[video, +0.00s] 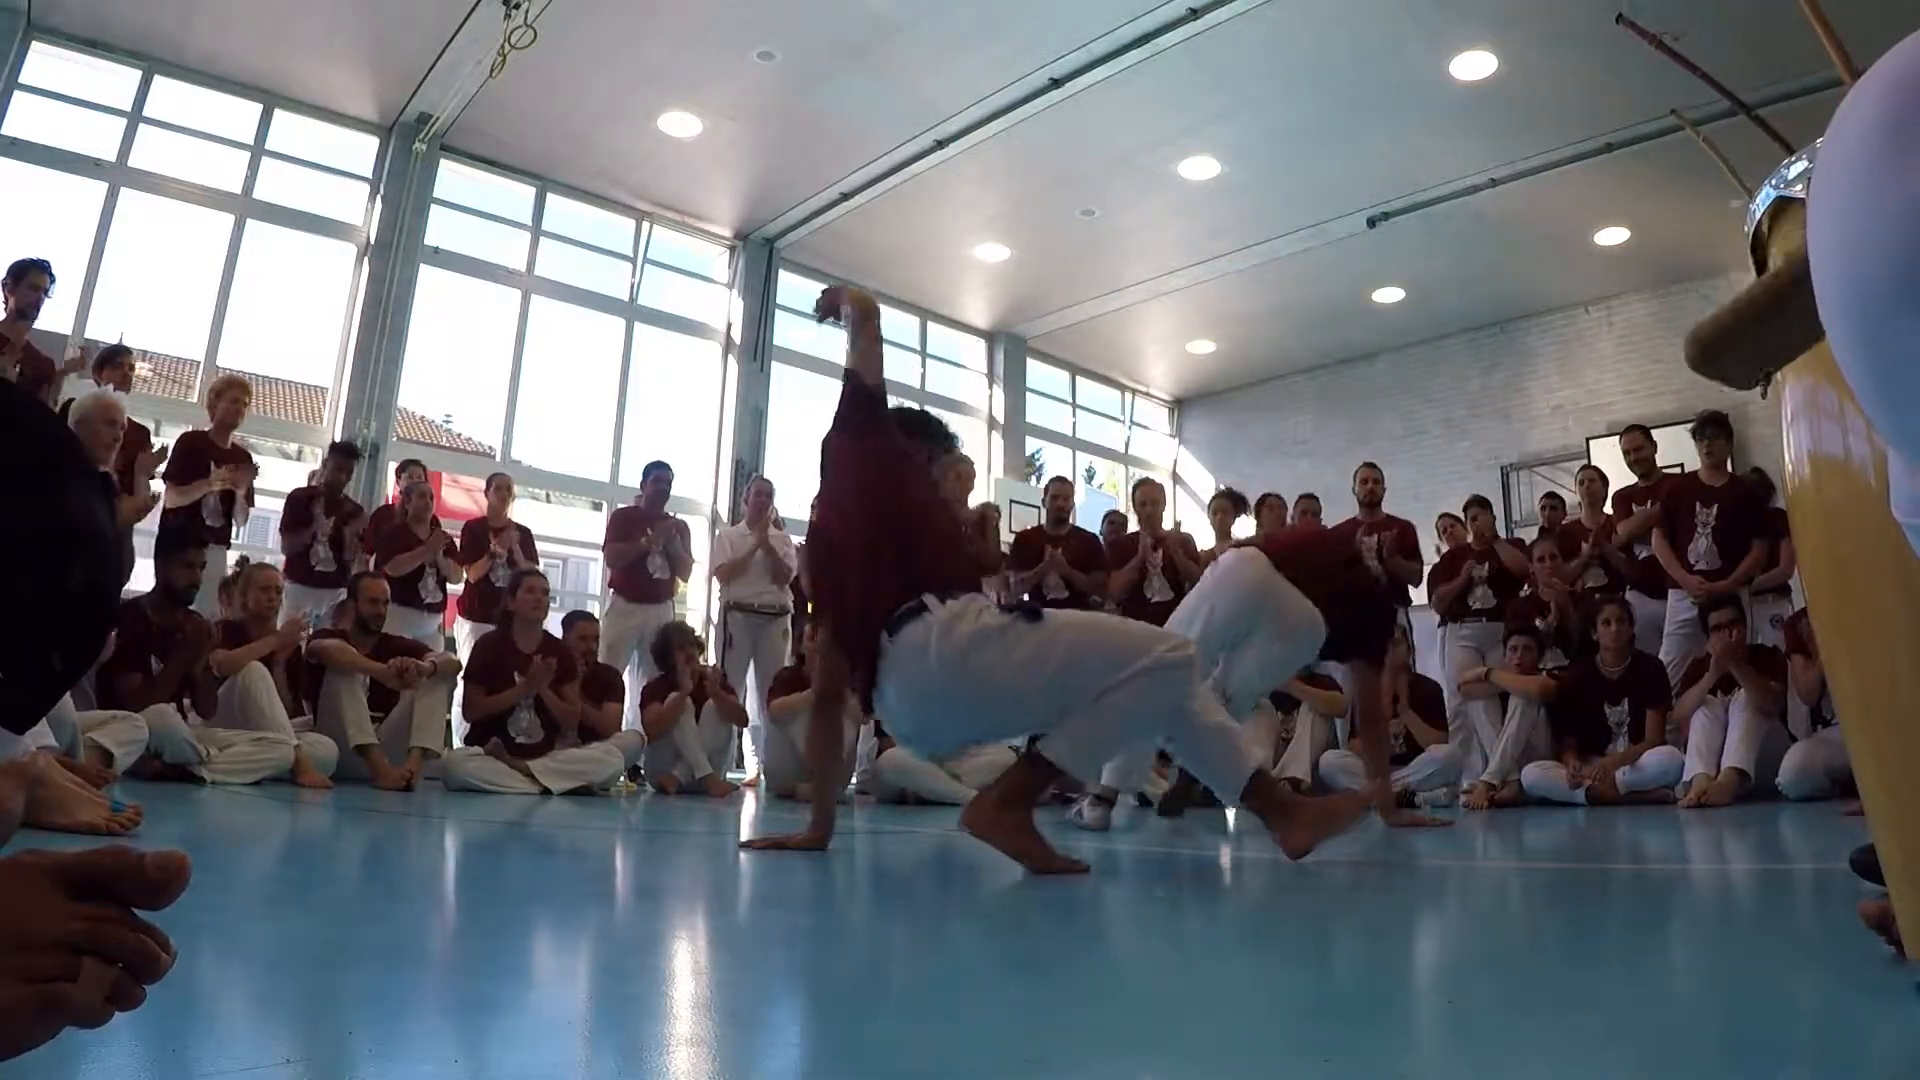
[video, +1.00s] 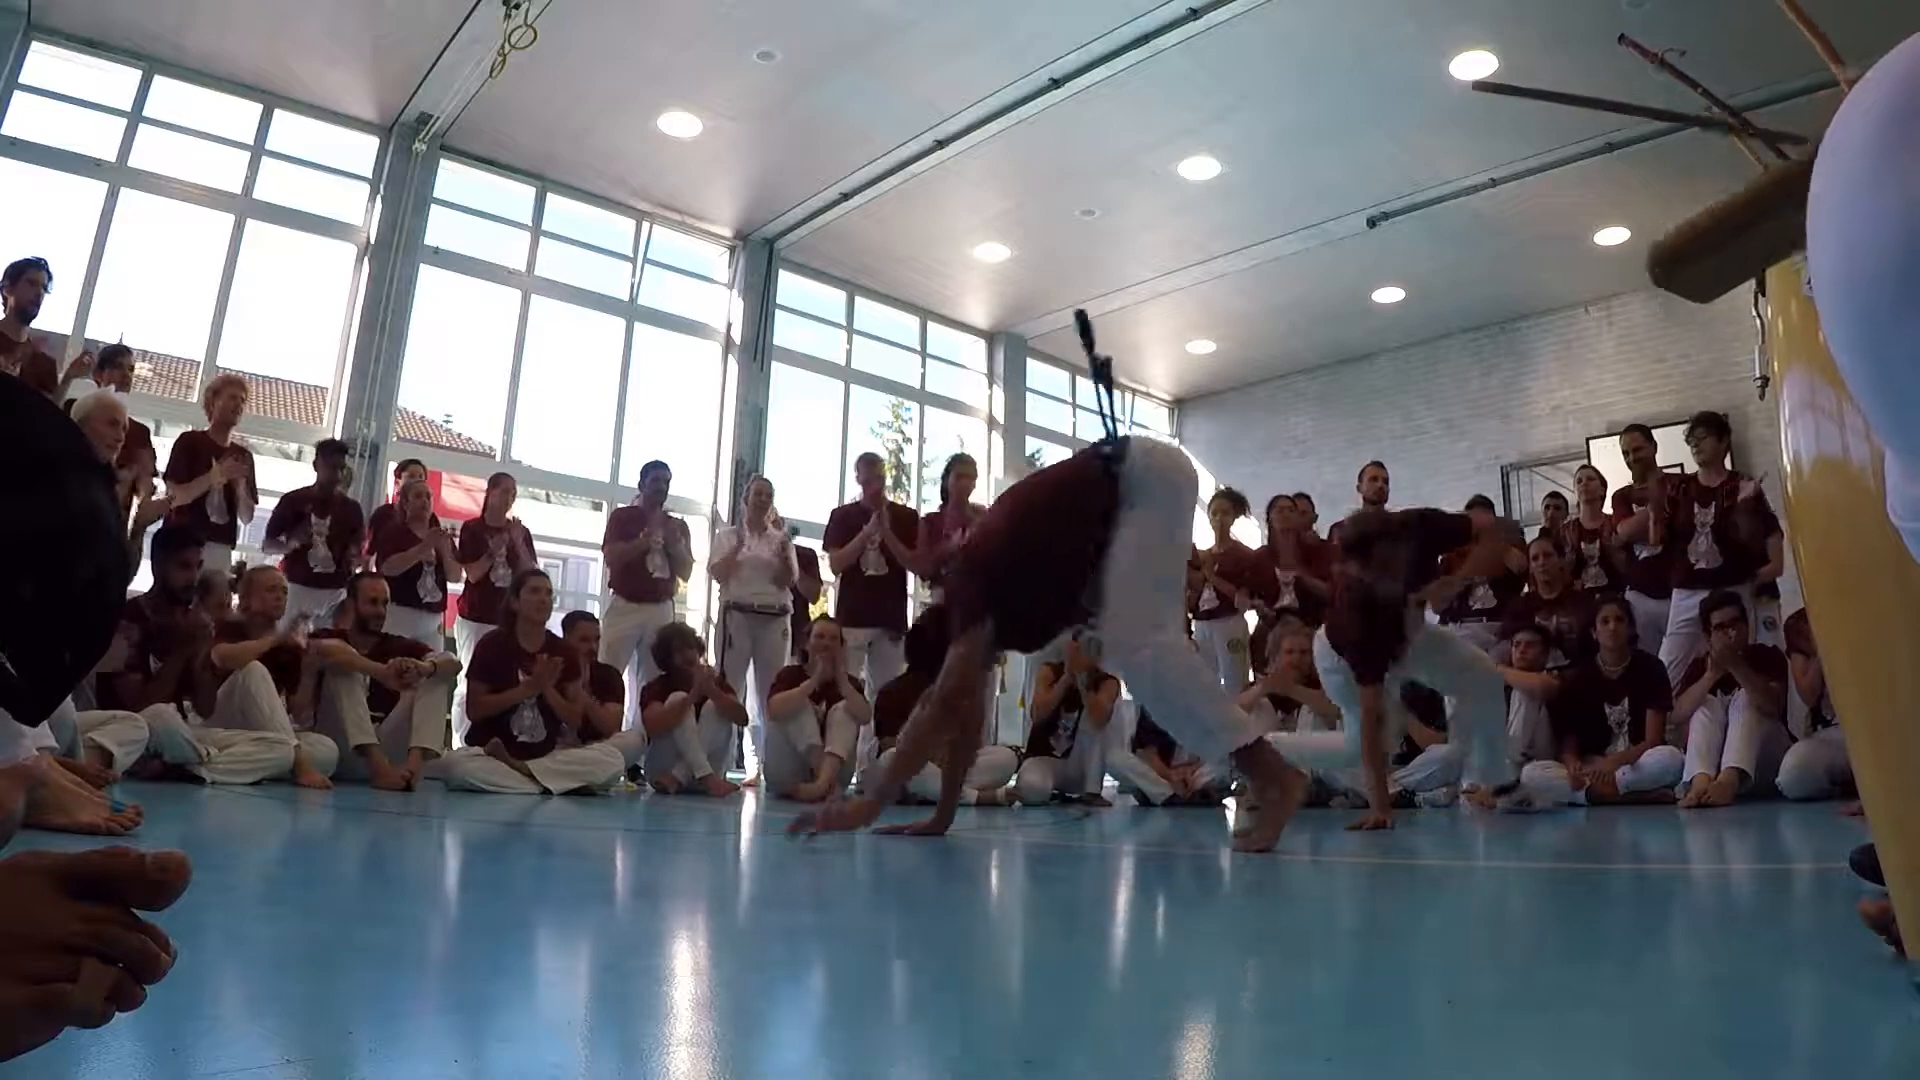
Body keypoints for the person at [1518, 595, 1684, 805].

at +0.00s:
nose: (1614, 629)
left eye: (1621, 622)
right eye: (1606, 623)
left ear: (1631, 630)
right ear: (1594, 633)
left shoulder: (1651, 668)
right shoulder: (1577, 674)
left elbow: (1654, 739)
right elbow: (1569, 740)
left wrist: (1612, 763)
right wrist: (1572, 763)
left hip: (1634, 762)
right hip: (1588, 766)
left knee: (1670, 760)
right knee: (1532, 776)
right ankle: (1629, 798)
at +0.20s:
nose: (1613, 629)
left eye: (1620, 622)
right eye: (1605, 624)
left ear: (1631, 630)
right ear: (1594, 634)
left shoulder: (1651, 668)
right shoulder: (1576, 674)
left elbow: (1655, 740)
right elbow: (1569, 741)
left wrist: (1611, 763)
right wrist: (1573, 763)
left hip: (1635, 762)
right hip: (1589, 766)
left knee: (1670, 760)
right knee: (1532, 776)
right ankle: (1628, 798)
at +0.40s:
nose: (1613, 629)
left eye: (1620, 622)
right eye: (1605, 624)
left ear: (1631, 630)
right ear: (1594, 634)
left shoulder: (1651, 668)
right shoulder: (1577, 674)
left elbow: (1654, 740)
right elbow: (1569, 742)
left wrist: (1610, 764)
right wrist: (1573, 764)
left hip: (1635, 762)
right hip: (1589, 766)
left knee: (1670, 760)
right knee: (1532, 776)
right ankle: (1628, 798)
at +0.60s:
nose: (1612, 629)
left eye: (1618, 622)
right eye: (1604, 624)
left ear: (1629, 629)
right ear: (1593, 634)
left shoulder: (1651, 668)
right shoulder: (1577, 675)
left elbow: (1654, 740)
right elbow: (1568, 741)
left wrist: (1612, 763)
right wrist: (1573, 763)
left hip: (1635, 762)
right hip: (1589, 765)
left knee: (1670, 760)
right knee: (1532, 776)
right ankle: (1629, 798)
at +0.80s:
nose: (1612, 628)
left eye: (1619, 621)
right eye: (1605, 622)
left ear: (1630, 629)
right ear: (1593, 633)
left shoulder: (1650, 667)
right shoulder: (1577, 674)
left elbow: (1654, 741)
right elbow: (1569, 741)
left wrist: (1611, 762)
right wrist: (1573, 764)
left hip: (1635, 761)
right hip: (1589, 765)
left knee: (1670, 759)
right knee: (1532, 775)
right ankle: (1629, 798)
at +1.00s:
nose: (1613, 627)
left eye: (1619, 621)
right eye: (1605, 622)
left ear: (1630, 628)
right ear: (1594, 632)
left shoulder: (1651, 667)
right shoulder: (1578, 674)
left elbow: (1654, 741)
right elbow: (1569, 738)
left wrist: (1611, 763)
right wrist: (1573, 763)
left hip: (1635, 761)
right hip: (1590, 764)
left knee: (1670, 759)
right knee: (1531, 775)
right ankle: (1627, 797)